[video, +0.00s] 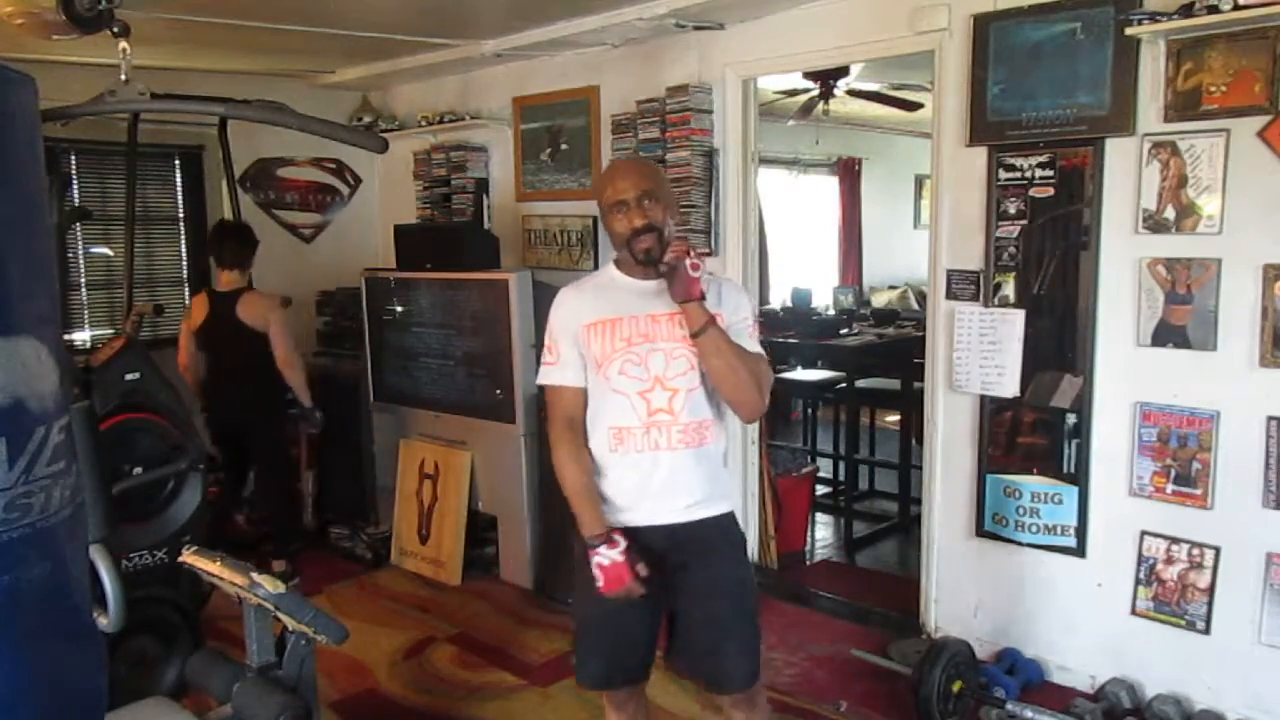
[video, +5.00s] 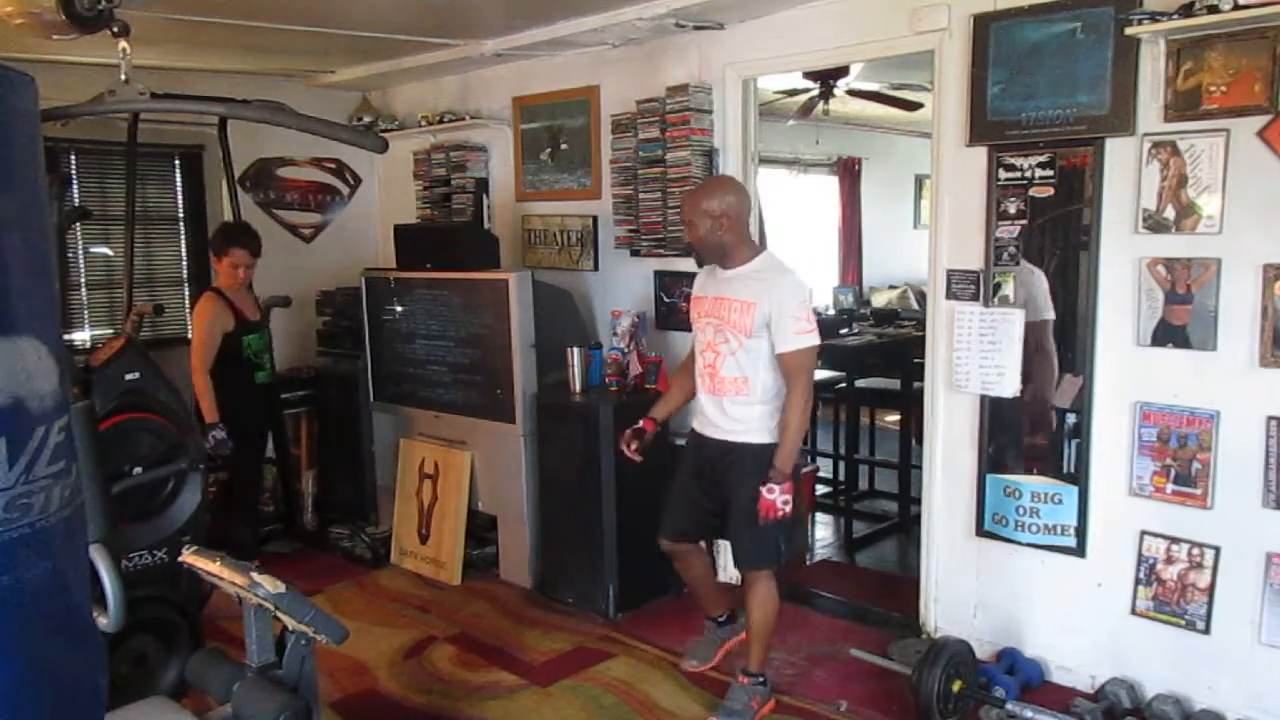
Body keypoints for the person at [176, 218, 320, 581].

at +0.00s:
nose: (250, 261)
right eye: (251, 255)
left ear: (213, 258)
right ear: (250, 258)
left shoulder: (198, 306)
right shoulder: (266, 306)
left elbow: (186, 362)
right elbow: (286, 362)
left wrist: (200, 396)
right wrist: (308, 405)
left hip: (221, 411)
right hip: (263, 411)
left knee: (231, 476)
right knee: (276, 482)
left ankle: (216, 545)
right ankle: (278, 557)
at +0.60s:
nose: (235, 267)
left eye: (235, 261)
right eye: (235, 260)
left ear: (198, 260)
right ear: (229, 263)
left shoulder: (186, 301)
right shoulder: (224, 303)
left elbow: (181, 351)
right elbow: (232, 361)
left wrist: (202, 379)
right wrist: (256, 404)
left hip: (199, 400)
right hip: (226, 401)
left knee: (217, 471)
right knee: (250, 469)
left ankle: (211, 544)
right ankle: (252, 549)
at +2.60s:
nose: (238, 261)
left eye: (240, 254)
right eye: (230, 253)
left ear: (242, 259)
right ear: (207, 258)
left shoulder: (216, 297)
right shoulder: (211, 303)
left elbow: (221, 356)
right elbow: (214, 360)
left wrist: (243, 400)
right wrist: (238, 409)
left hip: (216, 400)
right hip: (219, 405)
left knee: (230, 479)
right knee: (236, 480)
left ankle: (231, 548)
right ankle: (243, 551)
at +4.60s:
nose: (243, 271)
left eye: (248, 264)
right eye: (236, 262)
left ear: (252, 263)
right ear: (215, 260)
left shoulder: (232, 296)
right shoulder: (210, 301)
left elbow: (237, 355)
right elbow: (207, 361)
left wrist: (253, 398)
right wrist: (230, 412)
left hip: (238, 402)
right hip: (219, 407)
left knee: (239, 481)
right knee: (231, 483)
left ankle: (241, 549)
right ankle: (233, 552)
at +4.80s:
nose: (244, 273)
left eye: (249, 265)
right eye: (236, 265)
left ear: (255, 262)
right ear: (215, 262)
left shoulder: (243, 292)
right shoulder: (210, 303)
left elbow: (246, 350)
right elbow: (202, 365)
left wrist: (262, 391)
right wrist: (221, 418)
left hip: (247, 402)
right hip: (225, 407)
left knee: (244, 480)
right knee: (232, 484)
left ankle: (243, 548)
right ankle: (230, 552)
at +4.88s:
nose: (244, 273)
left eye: (250, 266)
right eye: (237, 265)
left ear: (255, 263)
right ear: (216, 261)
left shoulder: (244, 294)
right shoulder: (211, 304)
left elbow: (246, 346)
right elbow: (201, 367)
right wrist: (218, 421)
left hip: (251, 405)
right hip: (229, 411)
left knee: (247, 482)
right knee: (236, 486)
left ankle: (246, 548)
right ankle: (233, 553)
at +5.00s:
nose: (244, 274)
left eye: (249, 267)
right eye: (236, 266)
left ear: (256, 263)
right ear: (216, 262)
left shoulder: (248, 294)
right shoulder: (212, 306)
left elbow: (254, 351)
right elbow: (199, 369)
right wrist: (213, 424)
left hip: (259, 406)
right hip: (234, 411)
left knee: (252, 483)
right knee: (240, 487)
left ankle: (250, 548)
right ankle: (238, 553)